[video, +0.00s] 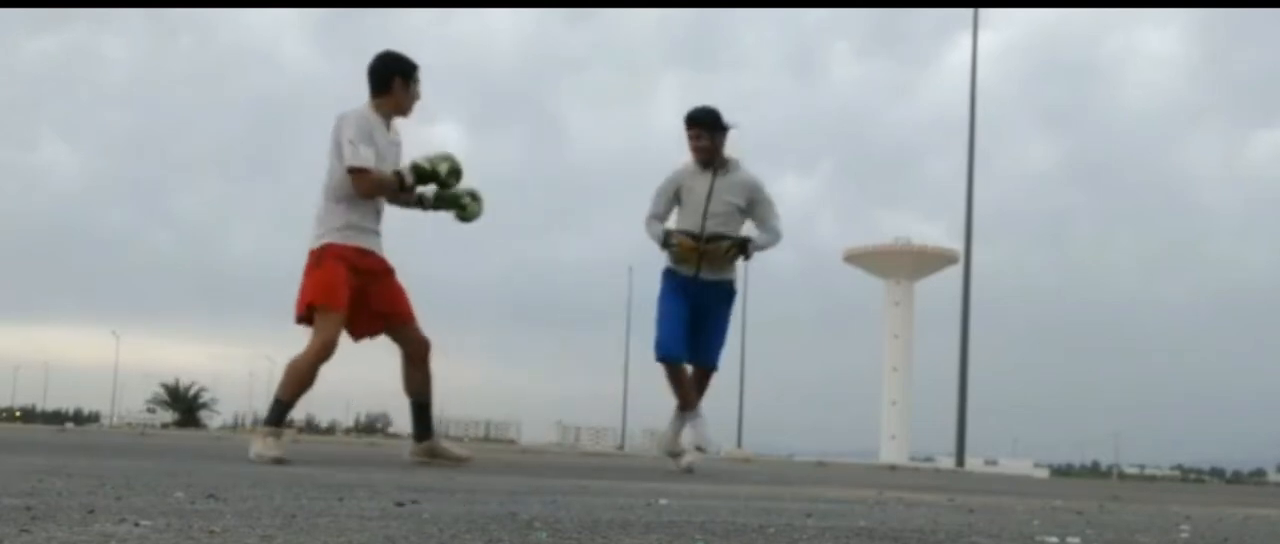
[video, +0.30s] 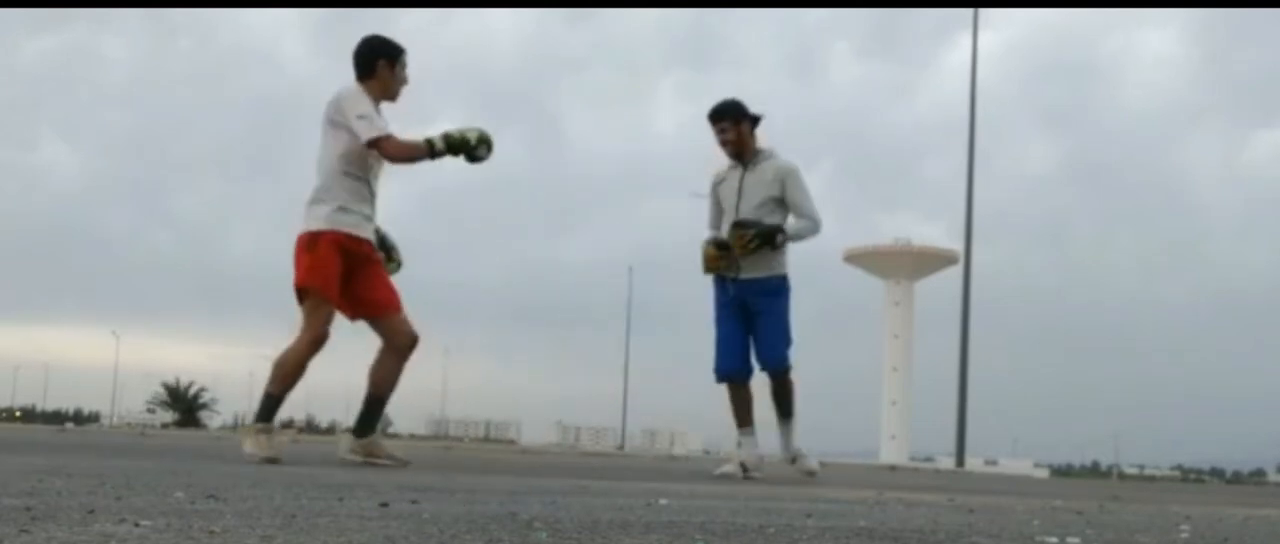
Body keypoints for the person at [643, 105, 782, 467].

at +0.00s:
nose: (698, 144)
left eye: (705, 138)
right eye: (693, 138)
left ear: (722, 138)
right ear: (687, 140)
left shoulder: (745, 184)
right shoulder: (681, 178)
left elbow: (773, 232)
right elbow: (653, 221)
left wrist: (750, 243)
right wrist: (668, 237)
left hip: (718, 282)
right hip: (679, 277)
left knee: (705, 363)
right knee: (668, 353)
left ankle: (675, 428)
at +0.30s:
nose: (724, 139)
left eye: (730, 130)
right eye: (719, 133)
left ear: (749, 127)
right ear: (716, 137)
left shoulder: (782, 171)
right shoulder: (721, 181)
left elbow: (811, 224)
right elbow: (715, 229)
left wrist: (777, 235)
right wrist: (716, 246)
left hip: (768, 282)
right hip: (729, 284)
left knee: (776, 365)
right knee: (733, 370)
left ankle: (789, 446)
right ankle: (747, 453)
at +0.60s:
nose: (770, 138)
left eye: (776, 129)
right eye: (766, 131)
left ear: (798, 128)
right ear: (764, 135)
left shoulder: (828, 170)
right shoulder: (773, 183)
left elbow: (856, 224)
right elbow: (776, 238)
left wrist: (818, 251)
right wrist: (764, 258)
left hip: (826, 285)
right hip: (789, 288)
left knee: (824, 368)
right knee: (764, 374)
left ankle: (841, 462)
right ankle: (753, 456)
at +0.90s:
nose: (786, 134)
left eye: (792, 126)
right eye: (782, 127)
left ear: (814, 125)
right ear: (785, 130)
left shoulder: (834, 158)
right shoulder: (808, 168)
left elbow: (864, 206)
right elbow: (822, 222)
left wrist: (833, 246)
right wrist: (802, 246)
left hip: (846, 276)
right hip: (819, 276)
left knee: (839, 366)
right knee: (800, 364)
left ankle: (845, 461)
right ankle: (829, 446)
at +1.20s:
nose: (791, 138)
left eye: (797, 130)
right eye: (787, 131)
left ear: (818, 129)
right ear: (789, 134)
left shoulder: (839, 162)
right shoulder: (811, 173)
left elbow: (871, 213)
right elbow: (821, 223)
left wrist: (840, 252)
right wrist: (806, 246)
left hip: (851, 274)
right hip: (830, 275)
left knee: (841, 364)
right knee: (846, 364)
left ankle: (848, 459)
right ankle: (879, 447)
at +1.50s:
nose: (782, 156)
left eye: (789, 147)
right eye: (778, 149)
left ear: (808, 146)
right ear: (776, 151)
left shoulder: (827, 181)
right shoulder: (807, 185)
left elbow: (845, 238)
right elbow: (829, 240)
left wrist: (816, 275)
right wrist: (808, 268)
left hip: (856, 278)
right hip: (843, 280)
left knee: (835, 369)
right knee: (828, 369)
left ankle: (847, 461)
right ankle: (867, 444)